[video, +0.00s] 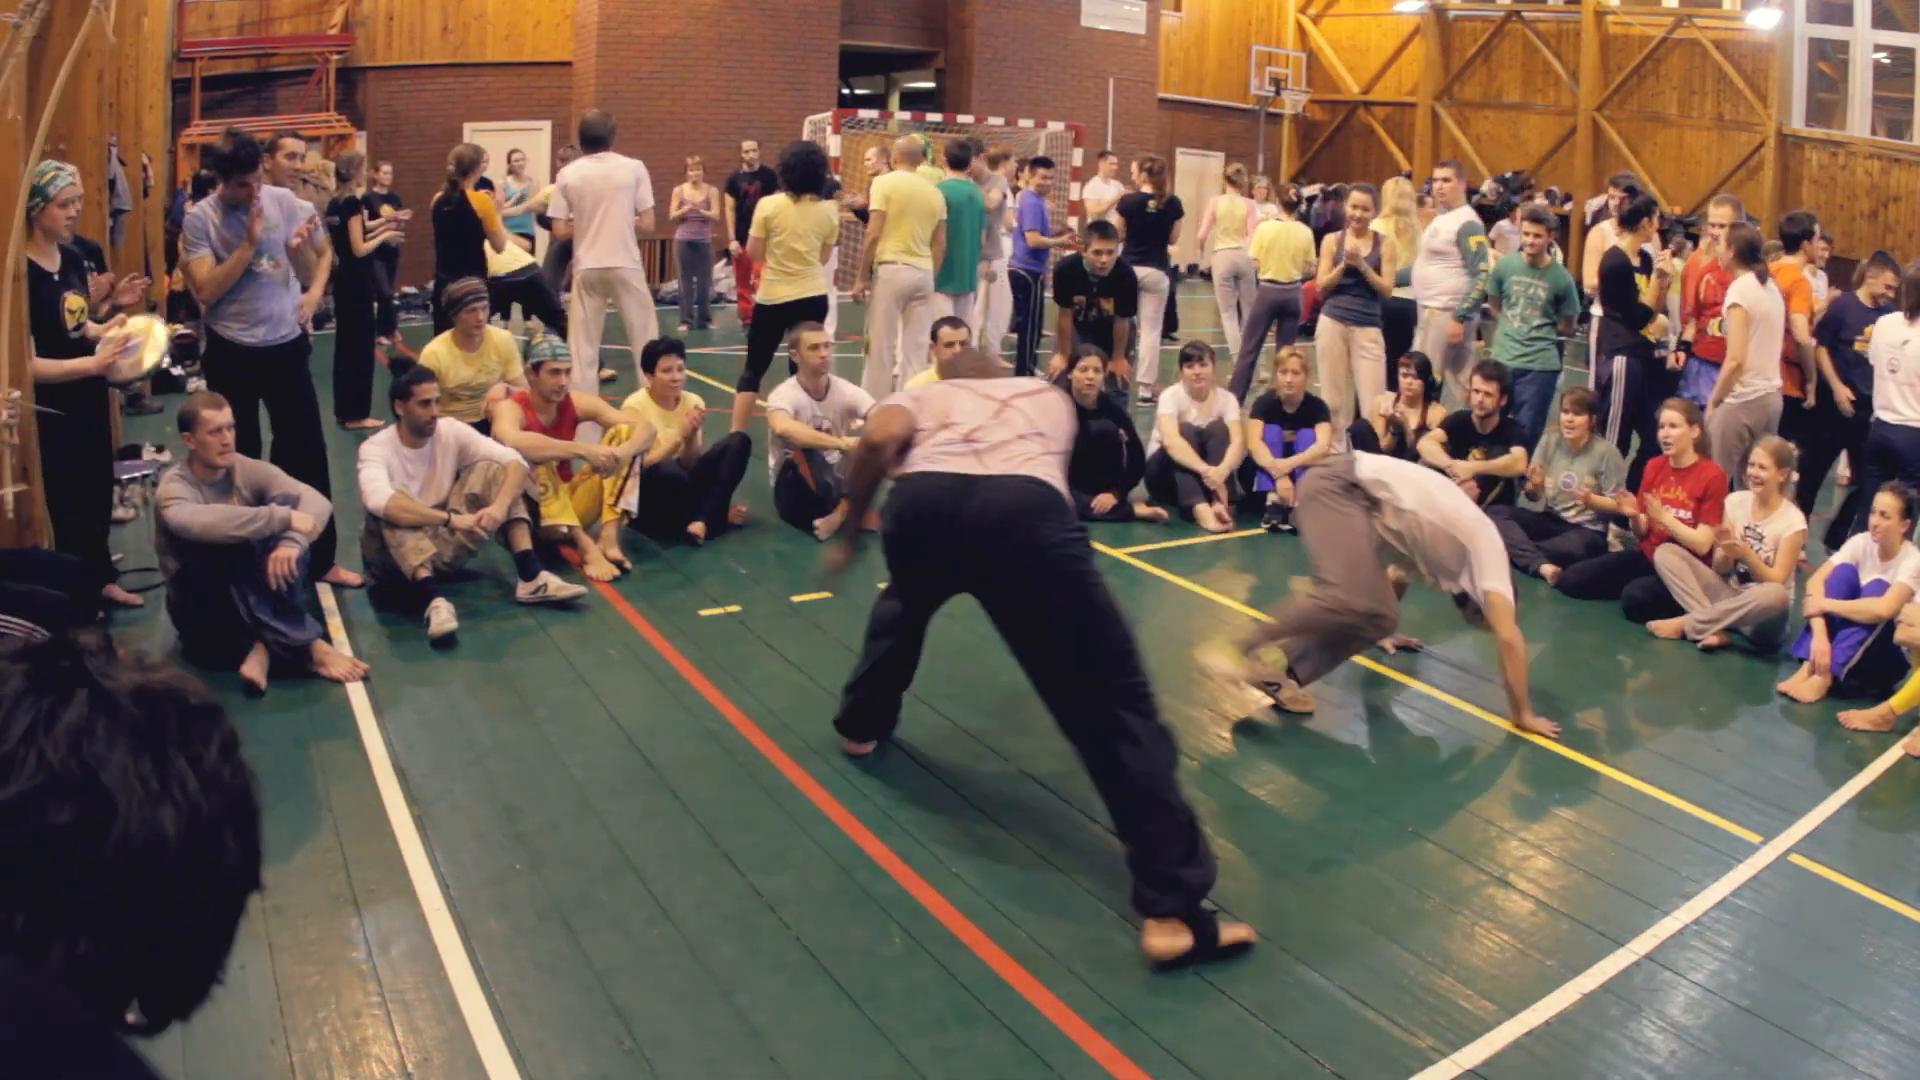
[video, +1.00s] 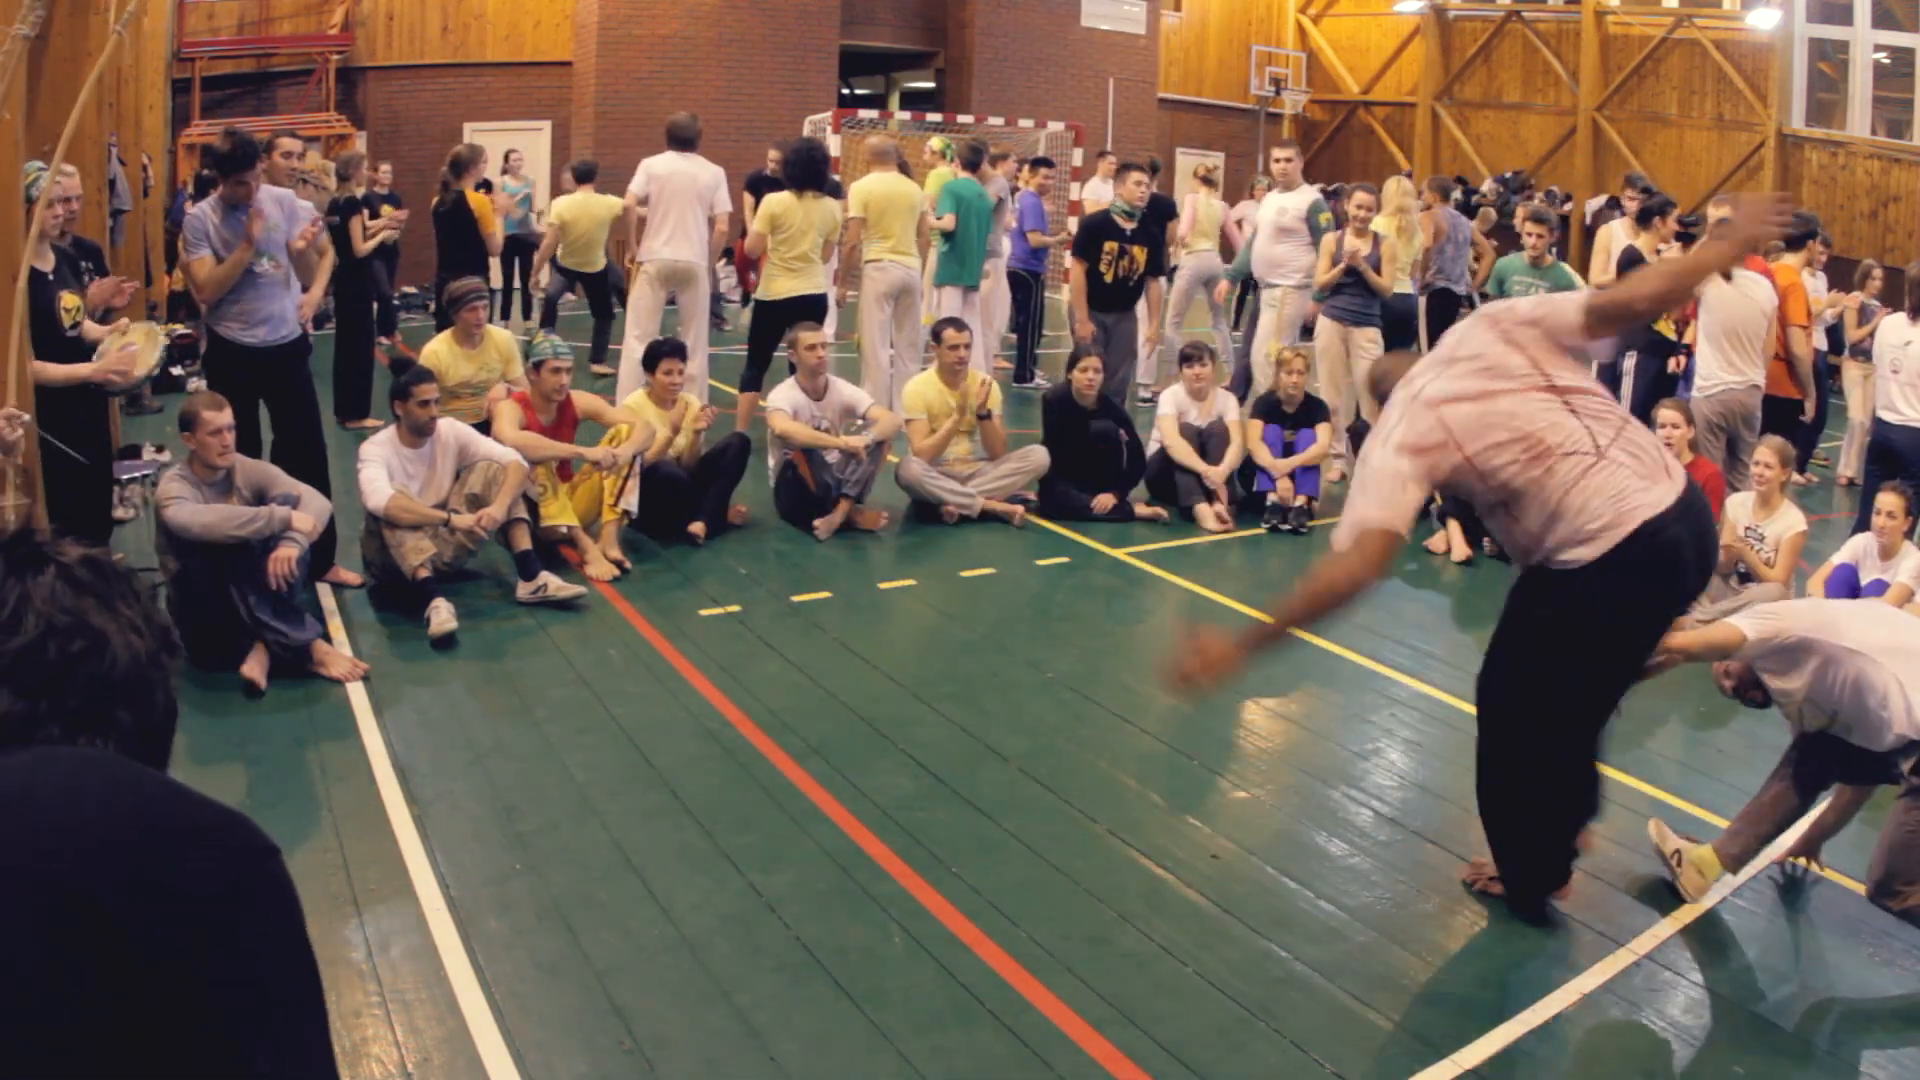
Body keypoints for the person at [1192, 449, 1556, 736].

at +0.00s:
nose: (1470, 623)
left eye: (1472, 619)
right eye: (1474, 620)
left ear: (1464, 594)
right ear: (1477, 592)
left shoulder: (1444, 548)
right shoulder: (1487, 546)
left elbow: (1395, 576)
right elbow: (1508, 639)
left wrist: (1385, 633)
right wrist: (1522, 716)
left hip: (1357, 504)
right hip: (1334, 483)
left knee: (1378, 613)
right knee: (1354, 599)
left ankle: (1281, 675)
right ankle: (1235, 648)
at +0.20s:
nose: (1468, 615)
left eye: (1468, 616)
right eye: (1476, 618)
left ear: (1462, 602)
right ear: (1494, 610)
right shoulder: (1543, 593)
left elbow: (1401, 546)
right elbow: (1547, 656)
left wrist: (1388, 627)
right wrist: (1528, 716)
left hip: (1420, 496)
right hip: (1490, 508)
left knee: (1385, 611)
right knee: (1546, 653)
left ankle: (1280, 674)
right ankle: (1568, 766)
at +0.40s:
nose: (1524, 623)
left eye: (1519, 614)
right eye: (1521, 616)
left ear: (1514, 590)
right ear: (1540, 593)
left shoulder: (1534, 536)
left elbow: (1453, 583)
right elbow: (1596, 664)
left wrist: (1447, 650)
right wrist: (1549, 722)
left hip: (1611, 551)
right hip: (1688, 570)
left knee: (1526, 668)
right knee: (1647, 707)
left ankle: (1477, 781)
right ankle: (1645, 826)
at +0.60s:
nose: (1594, 658)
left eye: (1588, 653)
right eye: (1596, 655)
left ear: (1589, 636)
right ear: (1617, 645)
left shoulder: (1607, 588)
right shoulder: (1680, 625)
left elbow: (1529, 637)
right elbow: (1683, 710)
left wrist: (1499, 691)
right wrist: (1609, 711)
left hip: (1781, 625)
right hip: (1803, 622)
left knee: (1788, 811)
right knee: (1687, 716)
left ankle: (1907, 893)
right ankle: (1661, 850)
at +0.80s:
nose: (1678, 673)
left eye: (1677, 670)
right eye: (1682, 675)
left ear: (1682, 655)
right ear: (1709, 678)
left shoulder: (1719, 612)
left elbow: (1624, 650)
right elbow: (1781, 734)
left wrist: (1553, 690)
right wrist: (1737, 776)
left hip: (1907, 711)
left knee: (1897, 876)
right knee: (1779, 727)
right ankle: (1698, 864)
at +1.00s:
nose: (1731, 684)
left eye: (1724, 675)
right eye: (1732, 690)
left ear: (1730, 656)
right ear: (1758, 696)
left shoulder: (1774, 624)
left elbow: (1676, 646)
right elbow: (1862, 783)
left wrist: (1605, 675)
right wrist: (1811, 841)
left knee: (1893, 891)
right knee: (1810, 756)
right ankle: (1711, 864)